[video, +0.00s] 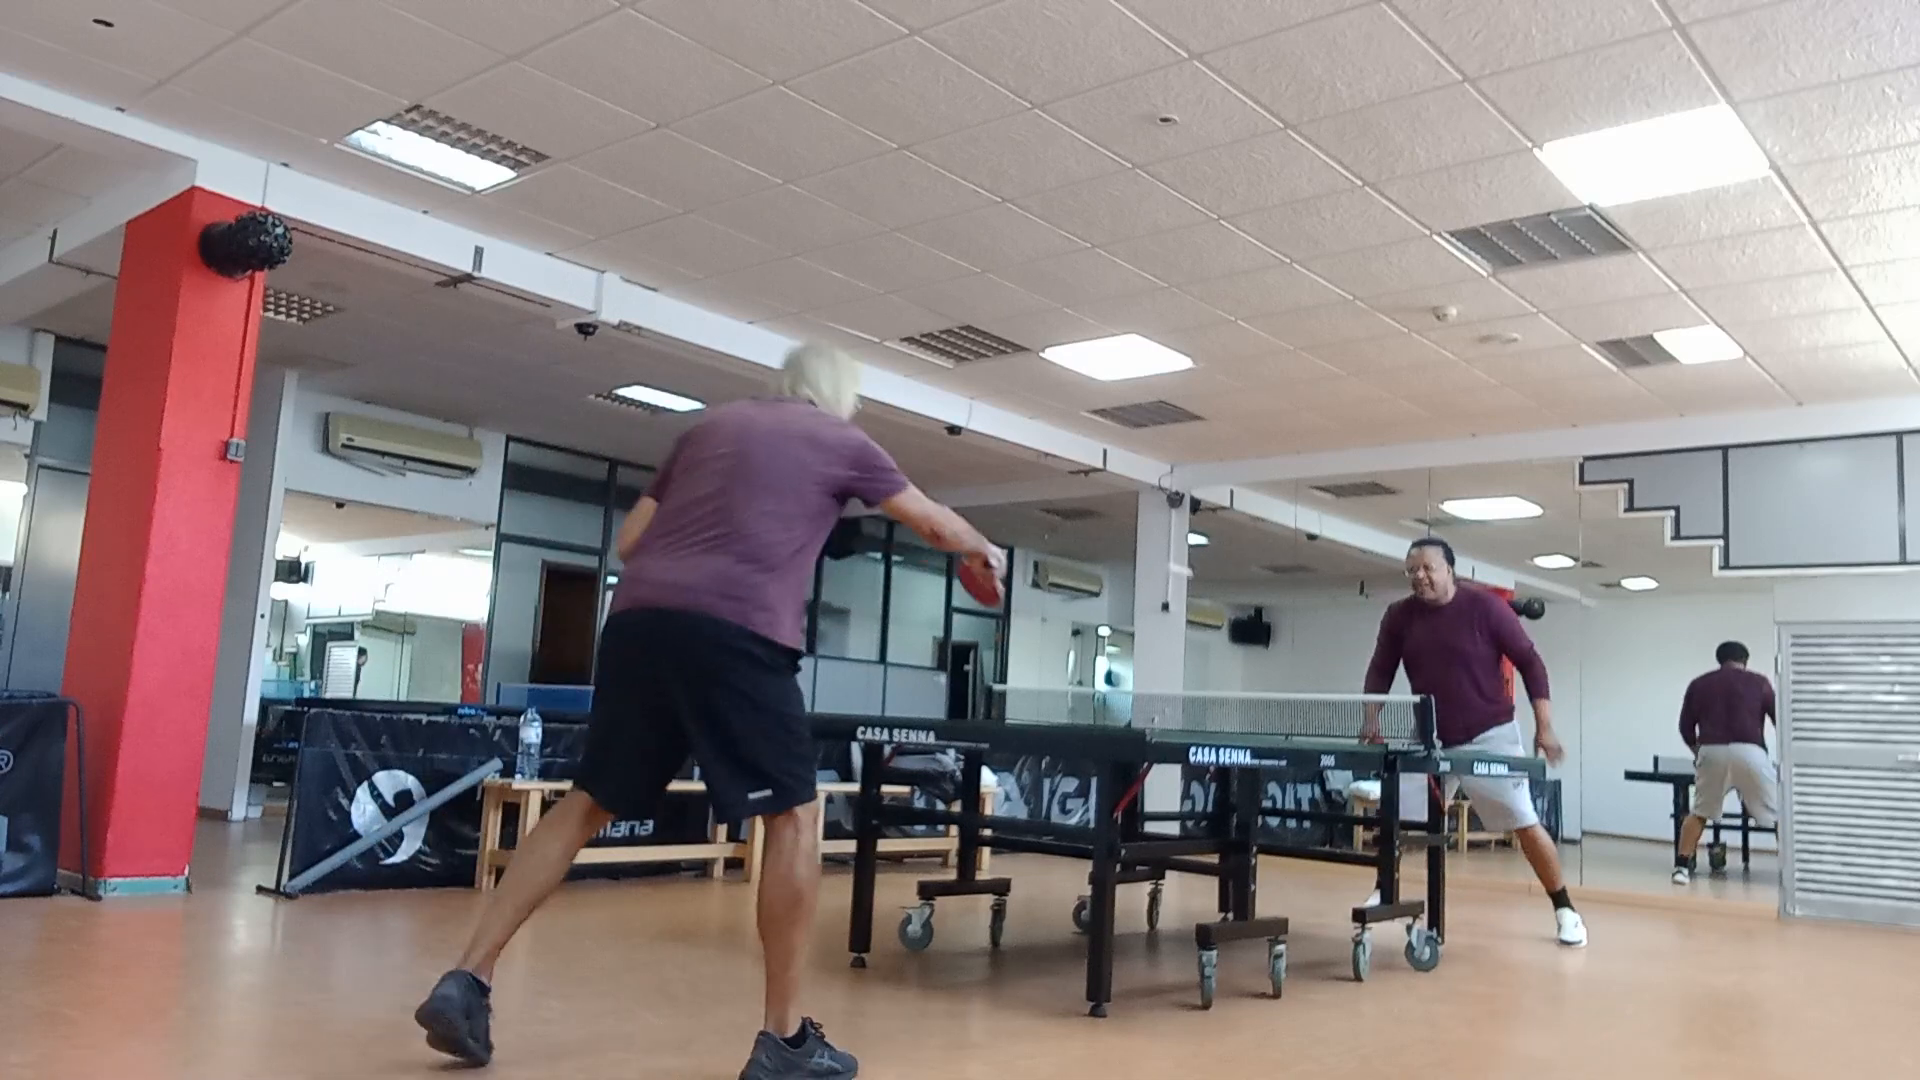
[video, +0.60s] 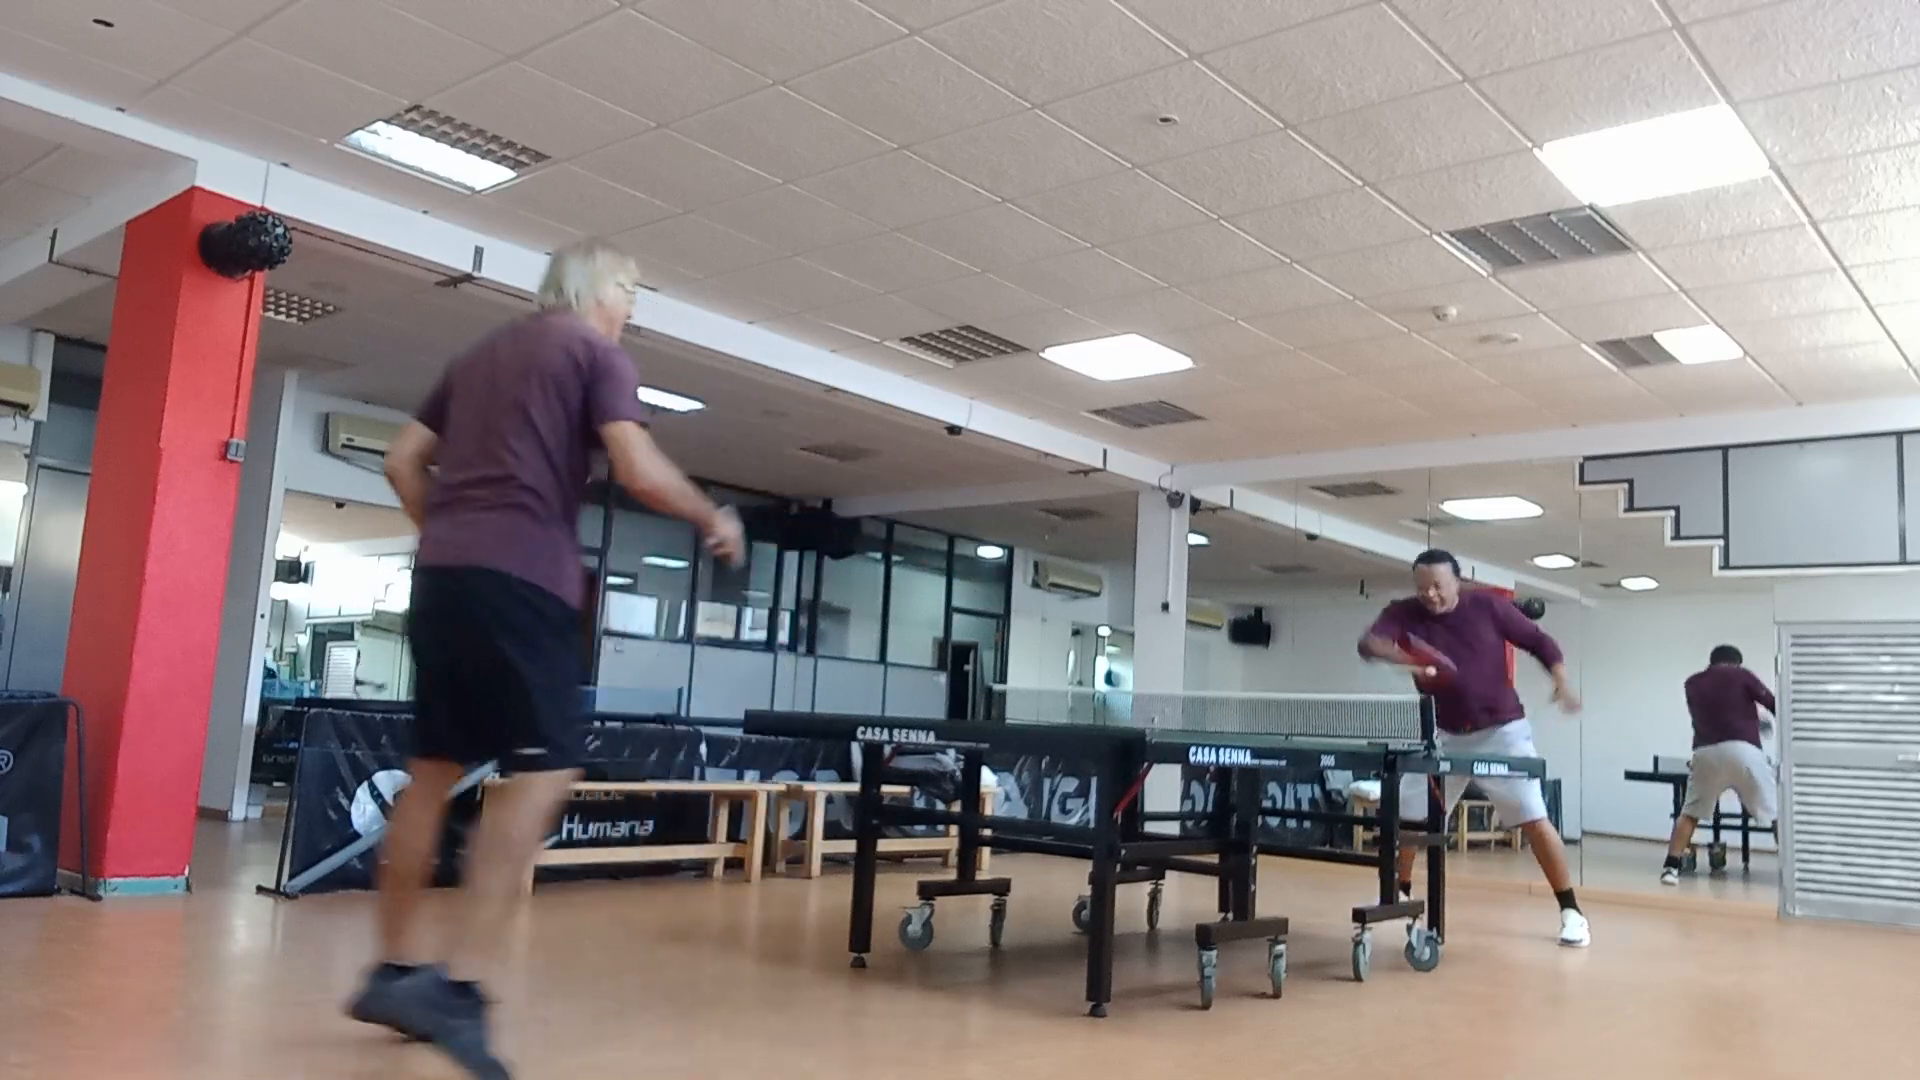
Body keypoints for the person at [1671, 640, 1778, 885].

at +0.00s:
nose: (1745, 666)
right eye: (1746, 663)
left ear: (1719, 661)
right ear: (1744, 662)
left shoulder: (1699, 684)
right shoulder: (1759, 682)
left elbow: (1685, 726)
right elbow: (1782, 721)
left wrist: (1699, 751)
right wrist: (1790, 752)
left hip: (1711, 753)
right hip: (1750, 753)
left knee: (1699, 812)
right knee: (1778, 816)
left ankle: (1681, 867)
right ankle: (1794, 875)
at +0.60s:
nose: (1738, 669)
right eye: (1739, 665)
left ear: (1711, 662)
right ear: (1736, 662)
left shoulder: (1692, 682)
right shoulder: (1742, 675)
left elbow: (1698, 719)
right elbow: (1773, 704)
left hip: (1705, 751)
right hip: (1743, 749)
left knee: (1690, 812)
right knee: (1774, 813)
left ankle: (1671, 867)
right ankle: (1793, 870)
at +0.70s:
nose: (1734, 667)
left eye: (1734, 665)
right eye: (1733, 664)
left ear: (1706, 661)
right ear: (1730, 661)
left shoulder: (1690, 677)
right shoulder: (1732, 671)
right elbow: (1763, 684)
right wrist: (1780, 695)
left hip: (1699, 750)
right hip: (1734, 748)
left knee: (1689, 812)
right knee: (1772, 812)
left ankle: (1670, 868)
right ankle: (1792, 867)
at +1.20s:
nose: (1751, 653)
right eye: (1752, 650)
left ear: (1725, 647)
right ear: (1752, 648)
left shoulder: (1706, 672)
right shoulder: (1765, 671)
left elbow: (1689, 713)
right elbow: (1788, 703)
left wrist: (1676, 744)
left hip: (1721, 749)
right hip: (1759, 748)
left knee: (1700, 811)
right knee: (1778, 810)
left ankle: (1677, 864)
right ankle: (1786, 861)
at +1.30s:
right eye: (1754, 646)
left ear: (1730, 644)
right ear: (1756, 645)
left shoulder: (1713, 668)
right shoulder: (1772, 668)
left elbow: (1697, 710)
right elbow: (1787, 707)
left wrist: (1684, 745)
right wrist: (1790, 744)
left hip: (1729, 746)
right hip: (1767, 746)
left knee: (1710, 808)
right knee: (1781, 807)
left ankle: (1697, 861)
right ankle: (1780, 851)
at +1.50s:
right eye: (1755, 646)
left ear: (1731, 644)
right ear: (1758, 644)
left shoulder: (1719, 668)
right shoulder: (1773, 668)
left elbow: (1705, 706)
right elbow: (1787, 704)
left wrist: (1690, 738)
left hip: (1741, 750)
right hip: (1776, 747)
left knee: (1726, 813)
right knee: (1781, 814)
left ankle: (1729, 873)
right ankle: (1792, 868)